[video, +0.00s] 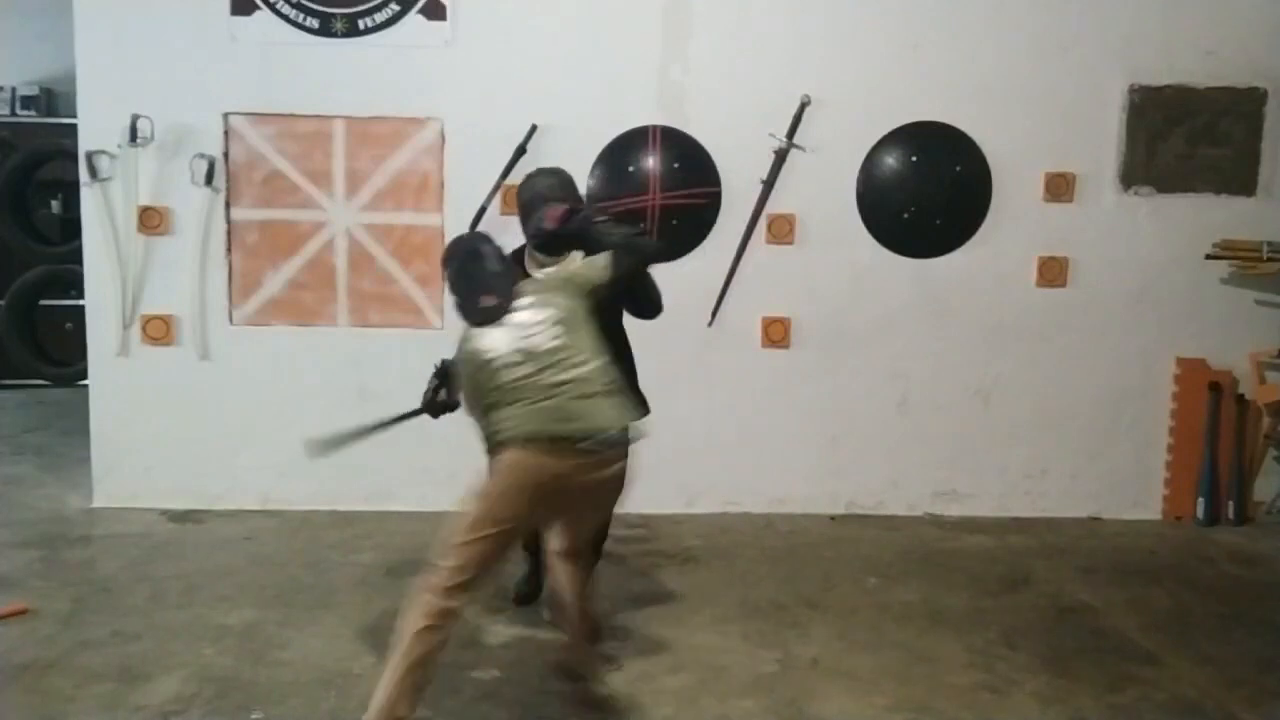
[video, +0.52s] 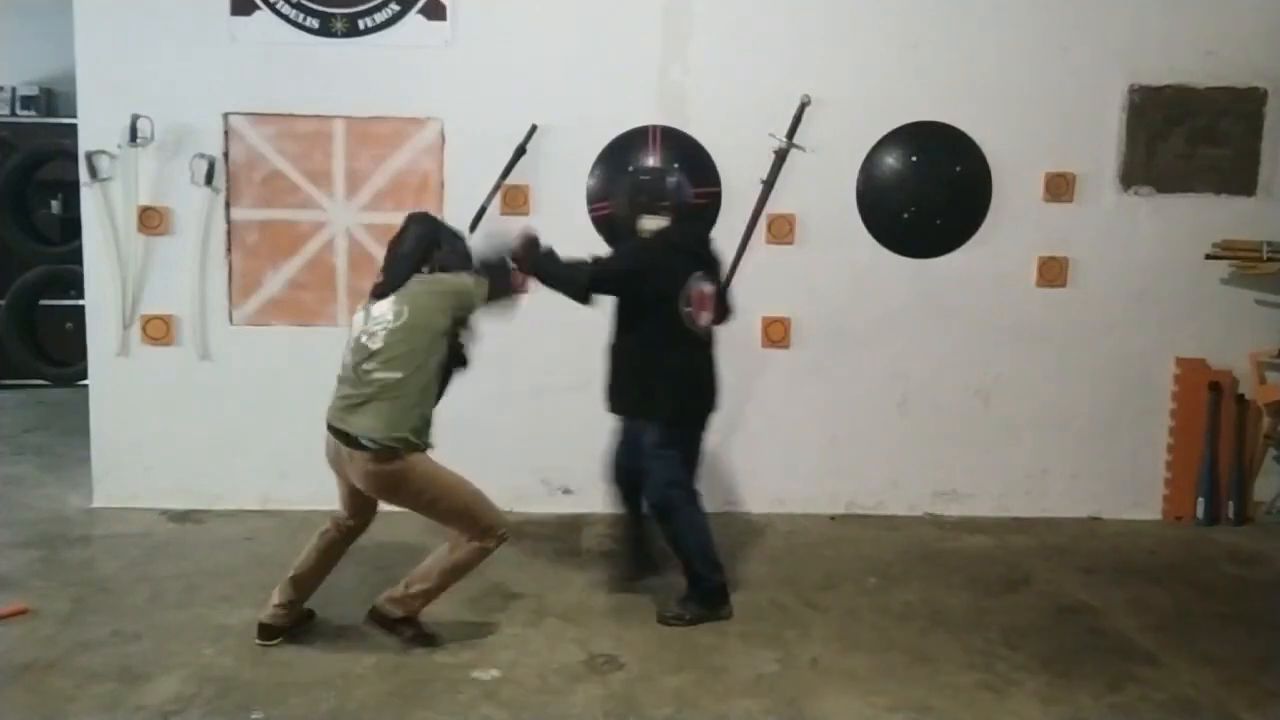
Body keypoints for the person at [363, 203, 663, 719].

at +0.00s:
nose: (457, 296)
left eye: (456, 286)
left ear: (461, 291)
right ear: (507, 268)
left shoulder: (471, 349)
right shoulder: (561, 282)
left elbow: (491, 430)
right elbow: (635, 252)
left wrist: (510, 505)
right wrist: (584, 231)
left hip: (528, 462)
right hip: (605, 456)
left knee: (448, 579)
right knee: (571, 555)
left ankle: (389, 708)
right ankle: (581, 664)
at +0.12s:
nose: (436, 295)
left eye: (438, 285)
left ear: (446, 287)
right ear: (493, 270)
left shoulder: (441, 334)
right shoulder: (524, 287)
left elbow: (443, 400)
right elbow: (572, 255)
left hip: (453, 462)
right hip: (526, 469)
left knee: (397, 592)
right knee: (522, 548)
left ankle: (375, 710)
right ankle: (437, 649)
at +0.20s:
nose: (499, 253)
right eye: (491, 250)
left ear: (445, 271)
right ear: (485, 261)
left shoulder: (434, 314)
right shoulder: (507, 278)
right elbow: (563, 233)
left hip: (418, 444)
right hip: (480, 458)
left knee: (378, 563)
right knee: (459, 564)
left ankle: (353, 680)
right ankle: (397, 649)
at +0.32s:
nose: (475, 257)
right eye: (473, 250)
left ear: (425, 257)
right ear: (467, 253)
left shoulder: (409, 298)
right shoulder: (473, 276)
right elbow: (562, 234)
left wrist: (498, 244)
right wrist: (518, 226)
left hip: (382, 446)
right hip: (441, 459)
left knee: (392, 514)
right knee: (457, 553)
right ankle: (380, 650)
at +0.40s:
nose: (455, 257)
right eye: (453, 251)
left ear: (406, 258)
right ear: (448, 254)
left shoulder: (387, 302)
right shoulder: (453, 280)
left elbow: (457, 319)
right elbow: (529, 244)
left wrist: (499, 285)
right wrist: (512, 228)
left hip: (362, 448)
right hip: (414, 461)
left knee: (356, 525)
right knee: (477, 546)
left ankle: (284, 615)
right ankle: (389, 632)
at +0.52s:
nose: (464, 271)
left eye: (463, 264)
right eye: (460, 264)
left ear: (409, 261)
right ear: (444, 262)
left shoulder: (376, 305)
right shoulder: (445, 289)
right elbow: (503, 283)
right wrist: (519, 264)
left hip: (339, 446)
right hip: (385, 461)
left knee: (352, 516)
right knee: (487, 530)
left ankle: (280, 610)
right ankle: (398, 606)